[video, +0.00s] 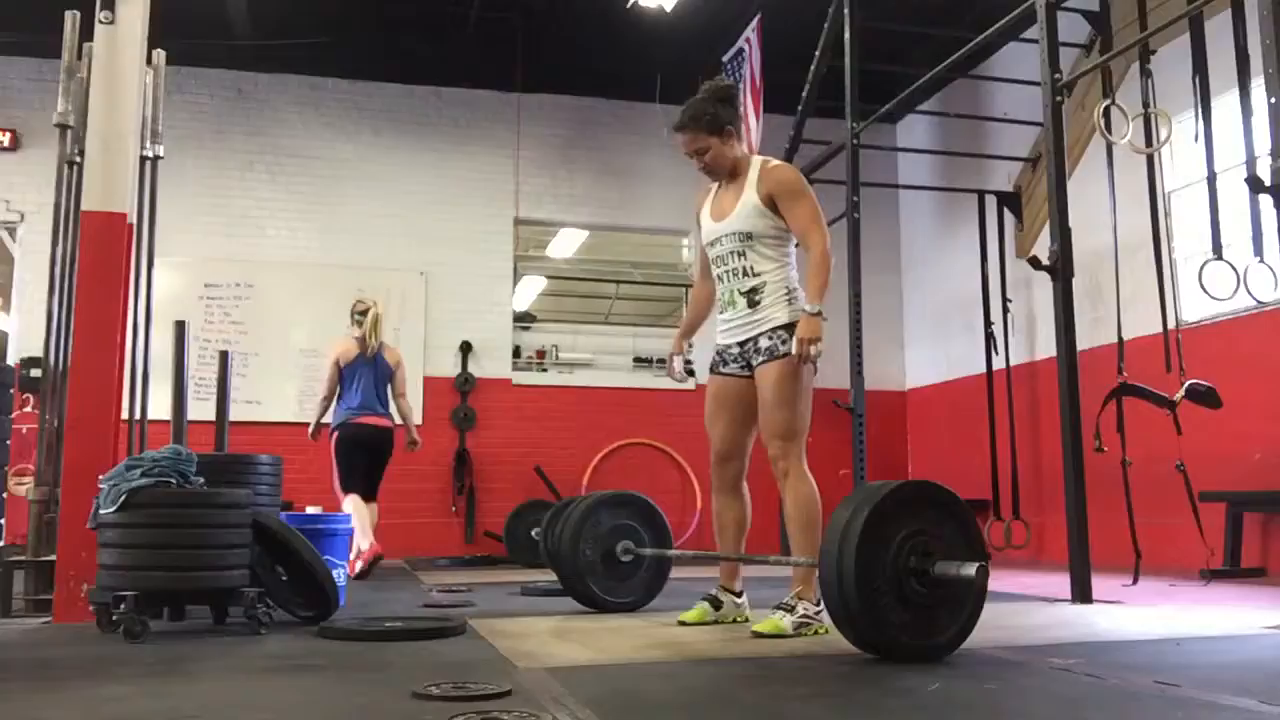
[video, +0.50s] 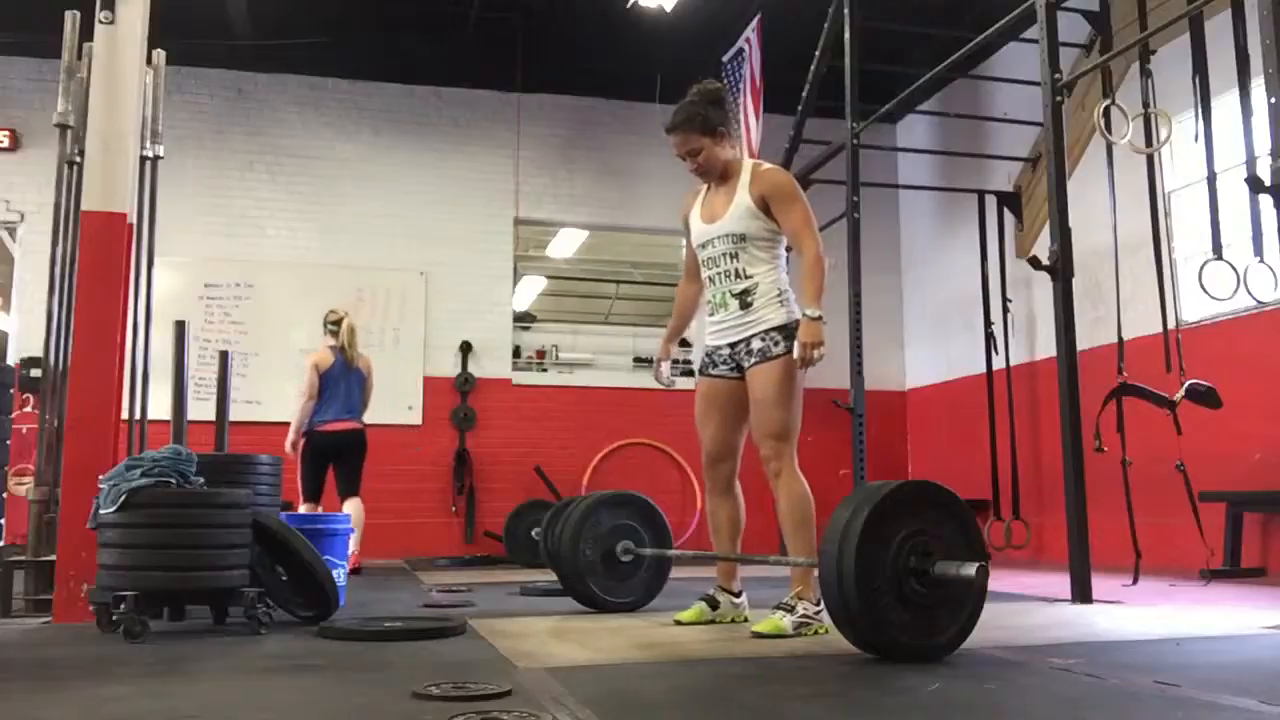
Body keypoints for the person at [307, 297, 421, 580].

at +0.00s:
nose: (354, 323)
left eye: (354, 318)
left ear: (353, 320)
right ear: (378, 321)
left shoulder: (342, 349)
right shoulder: (392, 354)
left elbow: (328, 394)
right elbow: (400, 396)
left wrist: (316, 422)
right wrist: (412, 429)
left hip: (349, 431)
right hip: (382, 432)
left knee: (350, 491)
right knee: (369, 496)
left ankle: (369, 545)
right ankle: (356, 554)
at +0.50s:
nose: (325, 335)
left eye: (325, 331)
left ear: (325, 332)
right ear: (348, 331)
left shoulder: (316, 360)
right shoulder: (363, 361)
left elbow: (310, 397)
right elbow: (365, 400)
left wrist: (294, 432)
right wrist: (350, 420)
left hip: (319, 435)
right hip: (353, 435)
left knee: (310, 500)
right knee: (351, 495)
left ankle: (303, 559)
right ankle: (353, 554)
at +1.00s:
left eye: (300, 332)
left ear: (299, 334)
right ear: (322, 335)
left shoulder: (286, 363)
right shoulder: (336, 366)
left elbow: (271, 400)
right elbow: (343, 404)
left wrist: (262, 424)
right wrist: (352, 436)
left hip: (293, 437)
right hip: (324, 440)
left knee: (295, 496)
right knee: (314, 497)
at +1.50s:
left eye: (296, 341)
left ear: (295, 341)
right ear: (317, 341)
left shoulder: (285, 367)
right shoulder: (331, 371)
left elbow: (275, 406)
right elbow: (336, 409)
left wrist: (260, 437)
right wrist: (338, 435)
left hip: (289, 442)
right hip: (320, 442)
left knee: (280, 492)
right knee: (310, 496)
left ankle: (290, 539)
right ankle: (311, 539)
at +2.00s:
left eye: (279, 351)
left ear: (278, 351)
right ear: (299, 351)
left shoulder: (265, 376)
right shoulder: (312, 380)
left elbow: (254, 414)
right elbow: (312, 416)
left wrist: (245, 441)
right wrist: (307, 439)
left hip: (269, 448)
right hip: (299, 449)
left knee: (267, 498)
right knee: (299, 497)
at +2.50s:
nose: (258, 371)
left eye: (258, 369)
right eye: (258, 369)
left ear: (260, 366)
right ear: (278, 365)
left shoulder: (261, 376)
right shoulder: (290, 383)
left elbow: (257, 407)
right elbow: (293, 415)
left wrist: (246, 437)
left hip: (272, 445)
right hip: (295, 448)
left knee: (267, 497)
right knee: (284, 497)